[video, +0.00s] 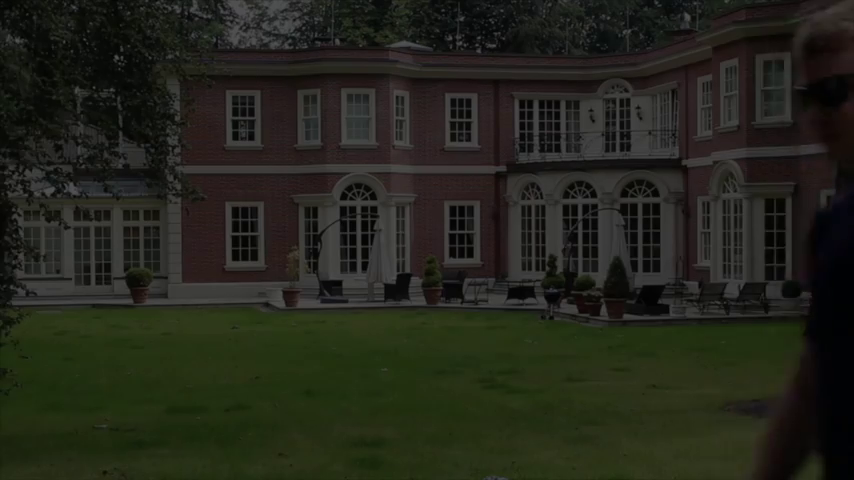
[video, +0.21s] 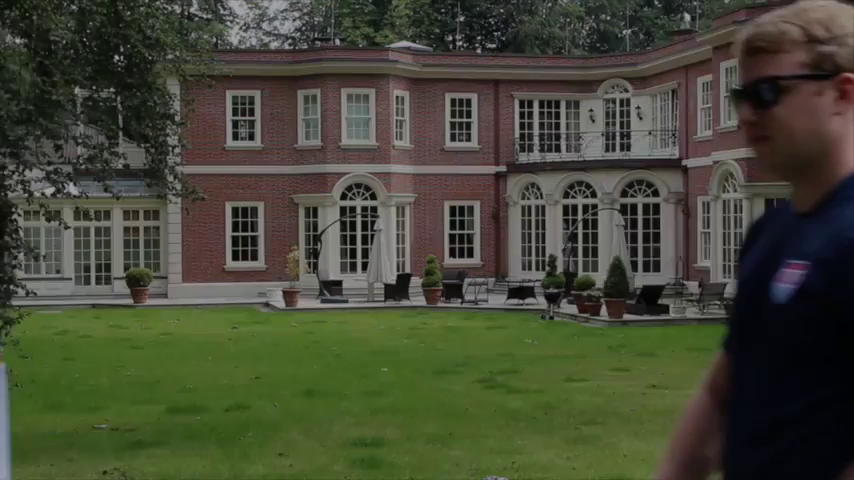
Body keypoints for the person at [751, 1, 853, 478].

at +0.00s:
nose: (819, 116)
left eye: (834, 93)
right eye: (810, 98)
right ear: (802, 103)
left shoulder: (837, 218)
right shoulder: (833, 218)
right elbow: (818, 369)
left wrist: (773, 460)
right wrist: (772, 463)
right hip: (842, 454)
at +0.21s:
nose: (745, 116)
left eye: (765, 93)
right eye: (740, 98)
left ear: (842, 96)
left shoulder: (845, 231)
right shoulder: (768, 231)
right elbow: (719, 392)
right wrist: (675, 468)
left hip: (822, 461)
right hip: (749, 464)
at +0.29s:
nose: (716, 106)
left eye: (737, 84)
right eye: (714, 89)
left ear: (817, 88)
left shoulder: (834, 227)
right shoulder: (742, 222)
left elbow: (836, 435)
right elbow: (690, 386)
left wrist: (710, 473)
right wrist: (642, 470)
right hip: (713, 460)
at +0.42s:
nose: (680, 96)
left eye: (702, 75)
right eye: (679, 79)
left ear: (781, 82)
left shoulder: (811, 214)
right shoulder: (708, 219)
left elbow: (729, 411)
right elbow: (646, 367)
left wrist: (598, 399)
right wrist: (595, 461)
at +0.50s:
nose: (661, 90)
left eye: (683, 70)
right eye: (657, 74)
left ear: (760, 79)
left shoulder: (790, 208)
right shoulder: (683, 214)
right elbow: (609, 345)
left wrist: (580, 349)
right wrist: (570, 453)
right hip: (662, 468)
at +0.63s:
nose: (640, 91)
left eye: (664, 71)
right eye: (635, 75)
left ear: (740, 81)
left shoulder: (768, 210)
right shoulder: (638, 217)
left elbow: (587, 363)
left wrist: (575, 317)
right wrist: (577, 436)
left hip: (740, 467)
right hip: (636, 468)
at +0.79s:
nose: (634, 91)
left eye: (661, 72)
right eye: (622, 76)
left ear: (722, 91)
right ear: (612, 90)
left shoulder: (758, 210)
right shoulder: (583, 220)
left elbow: (613, 361)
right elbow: (488, 365)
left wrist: (549, 345)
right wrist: (609, 413)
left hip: (719, 469)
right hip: (598, 470)